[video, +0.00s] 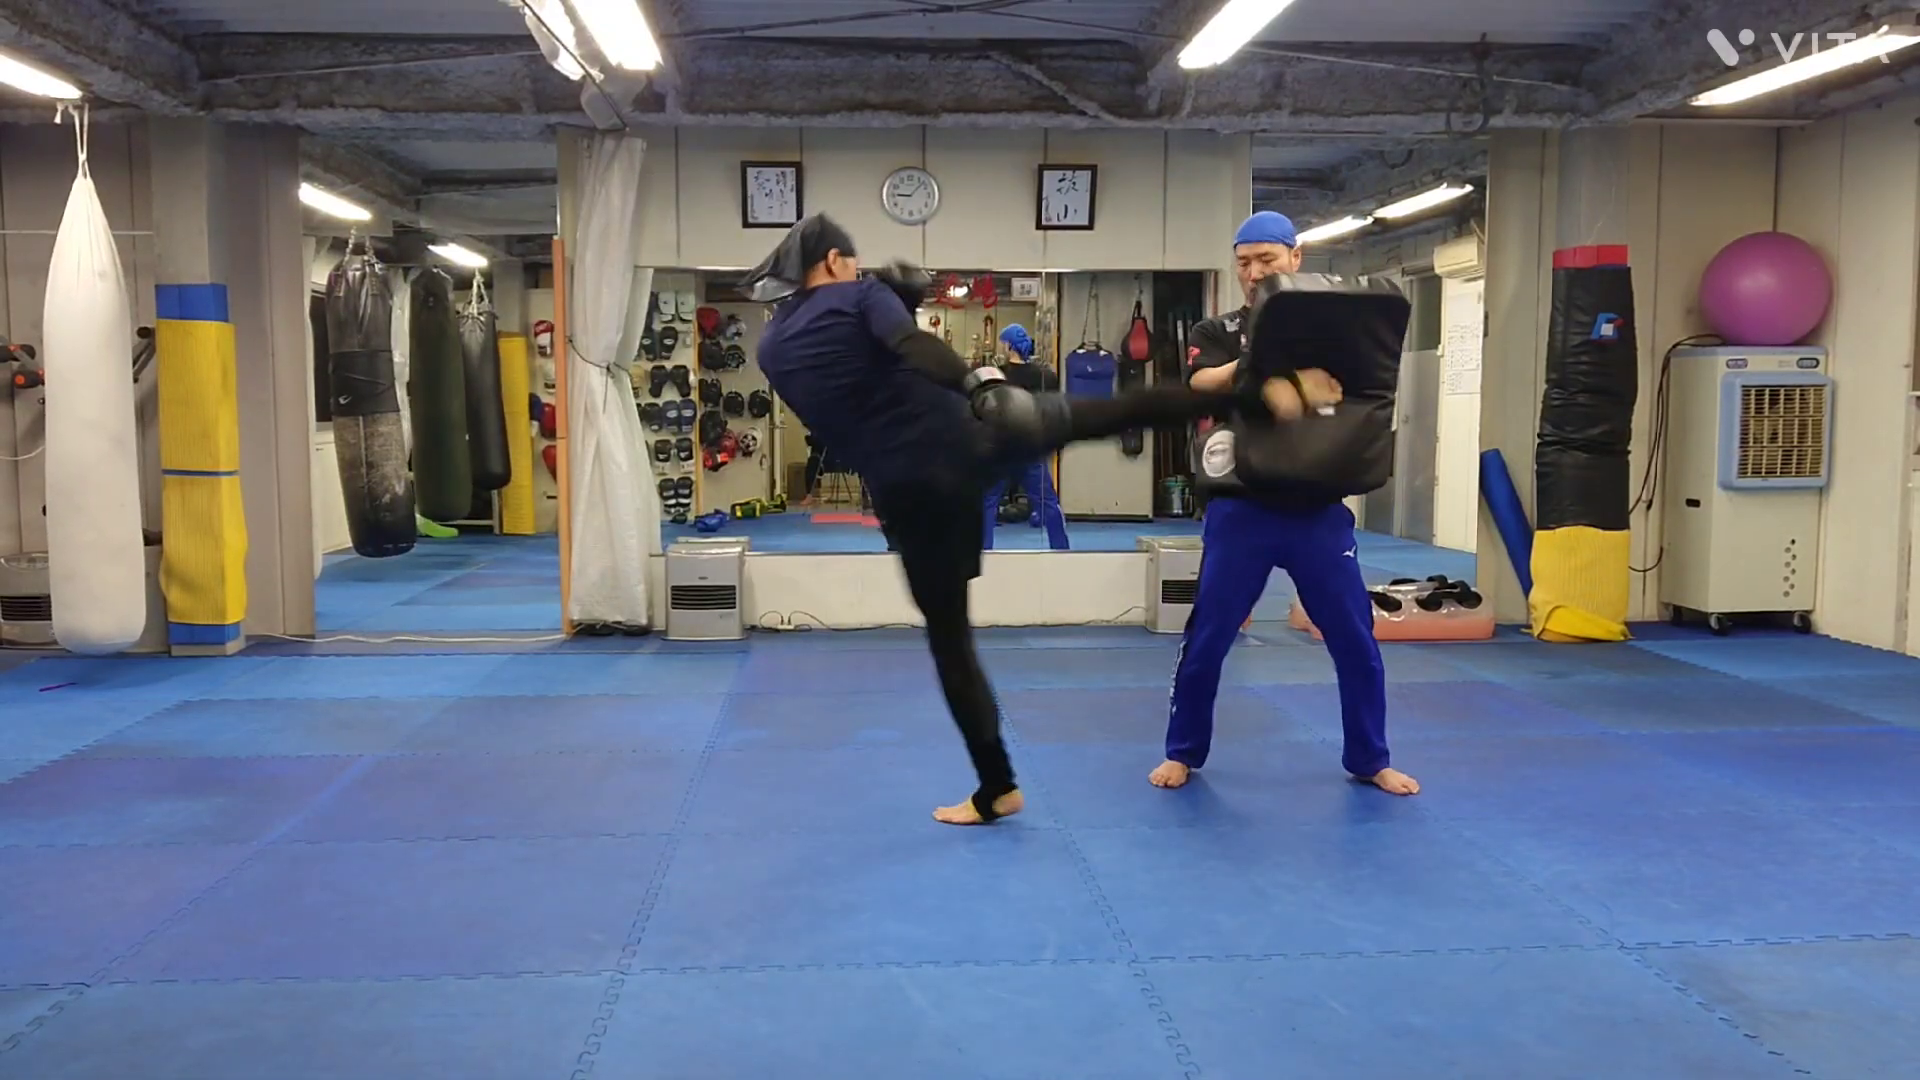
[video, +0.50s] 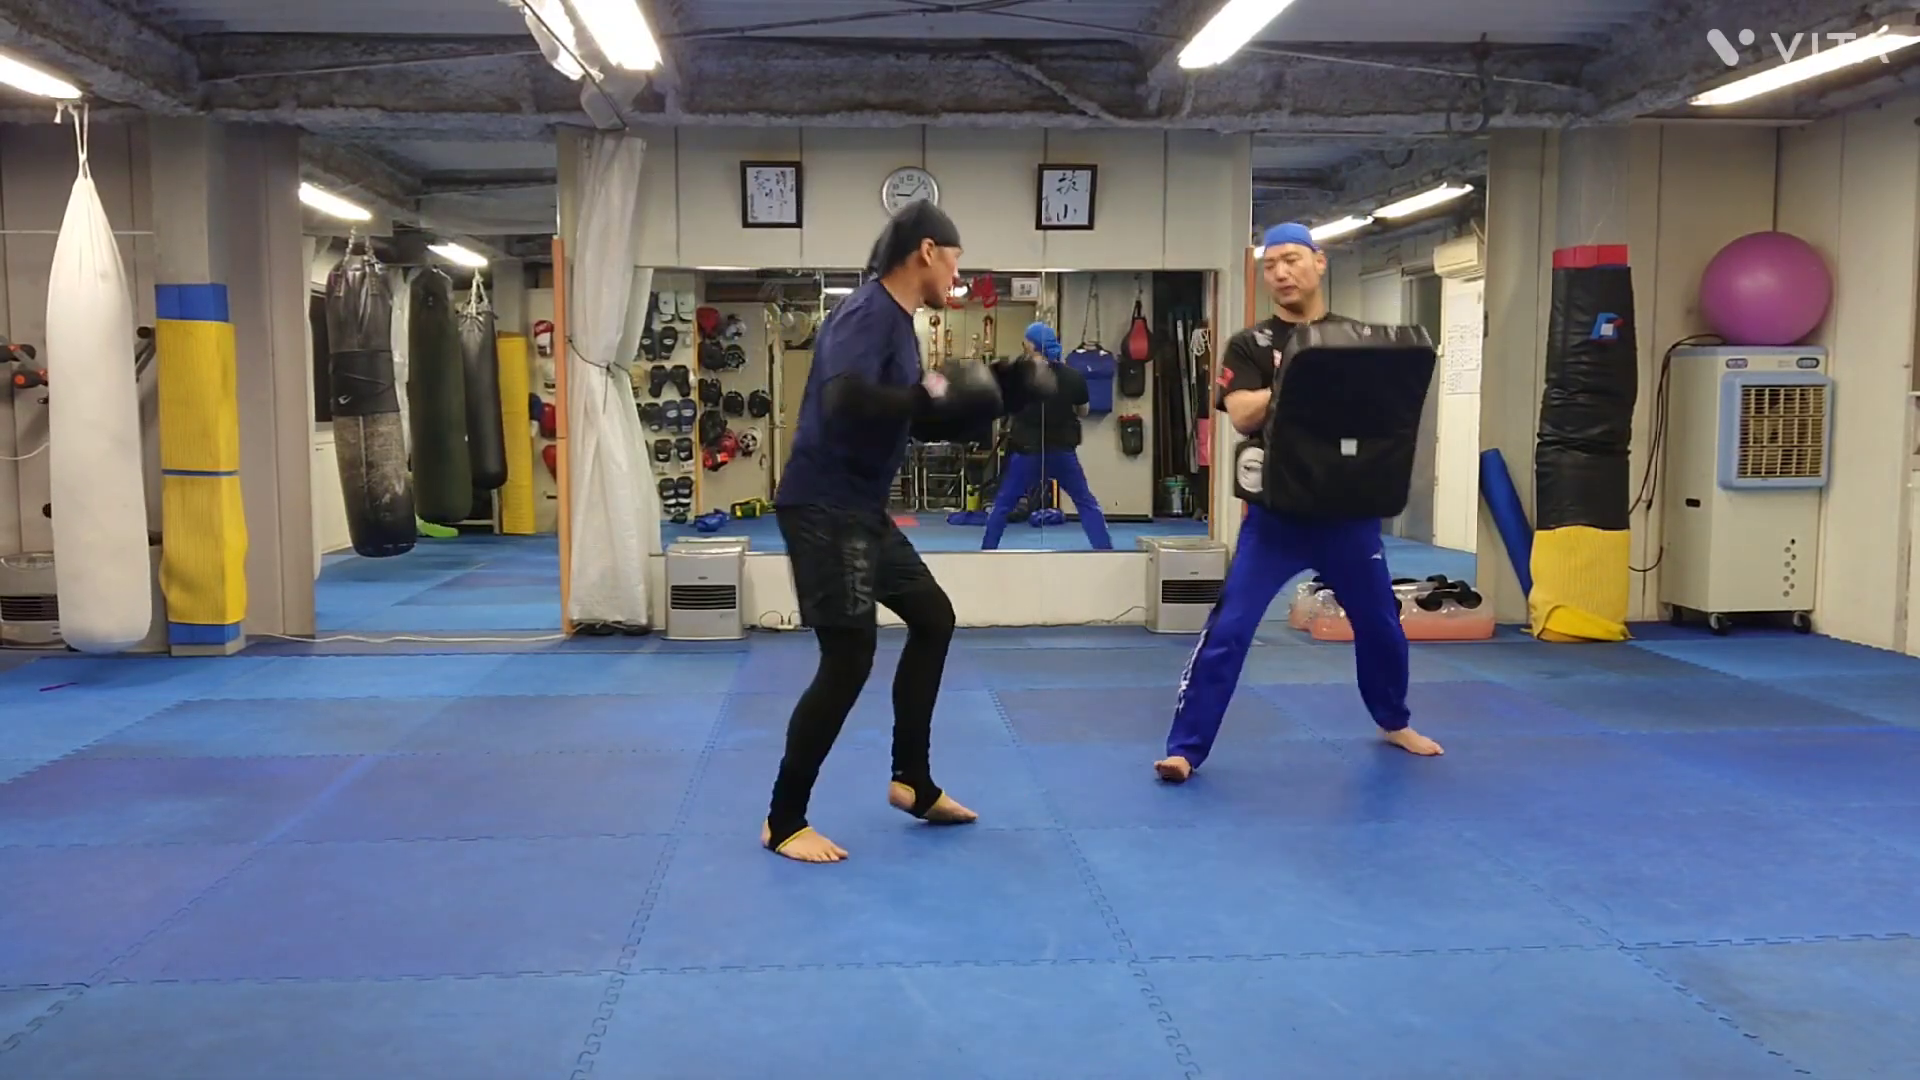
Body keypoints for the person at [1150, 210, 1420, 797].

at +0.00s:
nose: (1257, 272)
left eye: (1268, 259)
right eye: (1246, 262)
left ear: (1296, 259)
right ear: (1235, 268)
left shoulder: (1327, 323)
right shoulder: (1220, 331)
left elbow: (1338, 398)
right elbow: (1199, 384)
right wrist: (1266, 365)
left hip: (1319, 514)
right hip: (1238, 512)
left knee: (1357, 643)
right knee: (1206, 640)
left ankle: (1369, 762)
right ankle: (1182, 753)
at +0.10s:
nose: (1258, 266)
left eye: (1268, 252)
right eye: (1246, 256)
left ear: (1294, 258)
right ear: (1233, 268)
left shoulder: (1322, 321)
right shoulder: (1215, 332)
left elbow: (1344, 388)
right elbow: (1205, 396)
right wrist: (1268, 352)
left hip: (1319, 505)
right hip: (1241, 505)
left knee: (1362, 645)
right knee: (1210, 639)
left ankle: (1369, 761)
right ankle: (1182, 756)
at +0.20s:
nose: (1257, 253)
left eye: (1268, 242)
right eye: (1246, 244)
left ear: (1292, 251)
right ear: (1233, 257)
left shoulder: (1320, 317)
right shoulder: (1213, 324)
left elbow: (1349, 383)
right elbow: (1208, 393)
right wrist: (1272, 359)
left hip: (1320, 507)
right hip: (1242, 507)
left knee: (1364, 628)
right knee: (1211, 634)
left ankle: (1370, 756)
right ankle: (1180, 755)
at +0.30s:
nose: (1257, 252)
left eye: (1268, 241)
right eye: (1246, 244)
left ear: (1294, 249)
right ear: (1236, 257)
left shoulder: (1324, 316)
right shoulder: (1217, 323)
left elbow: (1359, 374)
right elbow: (1214, 392)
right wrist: (1279, 363)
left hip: (1324, 503)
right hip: (1248, 505)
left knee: (1370, 616)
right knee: (1217, 626)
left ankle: (1377, 745)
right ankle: (1182, 752)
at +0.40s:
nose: (1267, 262)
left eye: (1278, 250)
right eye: (1256, 253)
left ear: (1303, 257)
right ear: (1245, 266)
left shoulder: (1331, 329)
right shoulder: (1226, 333)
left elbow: (1367, 390)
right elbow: (1228, 402)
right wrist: (1283, 370)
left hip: (1333, 510)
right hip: (1257, 511)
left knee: (1381, 622)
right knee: (1219, 629)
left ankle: (1378, 714)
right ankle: (1183, 752)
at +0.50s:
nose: (1282, 271)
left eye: (1292, 259)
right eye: (1271, 264)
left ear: (1319, 264)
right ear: (1263, 277)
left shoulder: (1359, 340)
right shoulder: (1249, 344)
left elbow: (1387, 405)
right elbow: (1242, 416)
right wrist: (1297, 386)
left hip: (1350, 517)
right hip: (1275, 516)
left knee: (1382, 626)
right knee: (1229, 627)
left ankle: (1393, 722)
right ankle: (1184, 751)